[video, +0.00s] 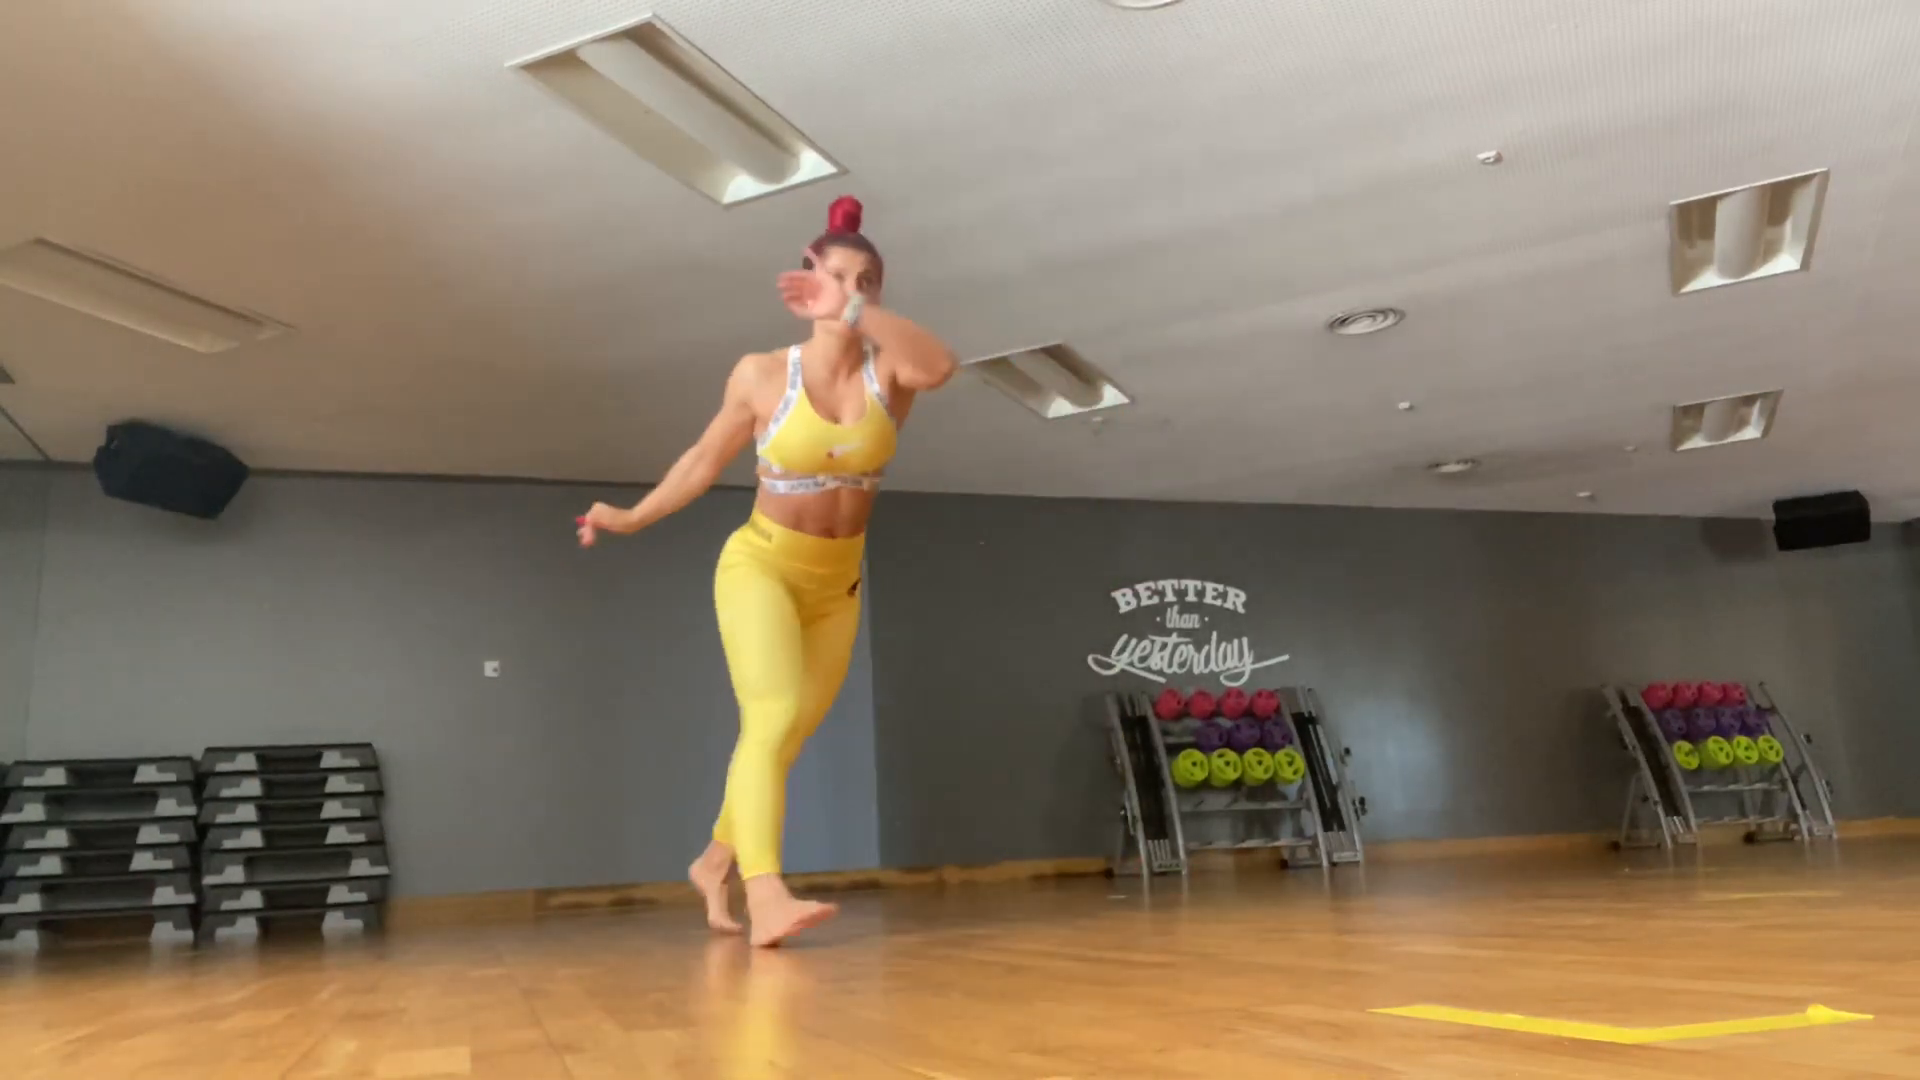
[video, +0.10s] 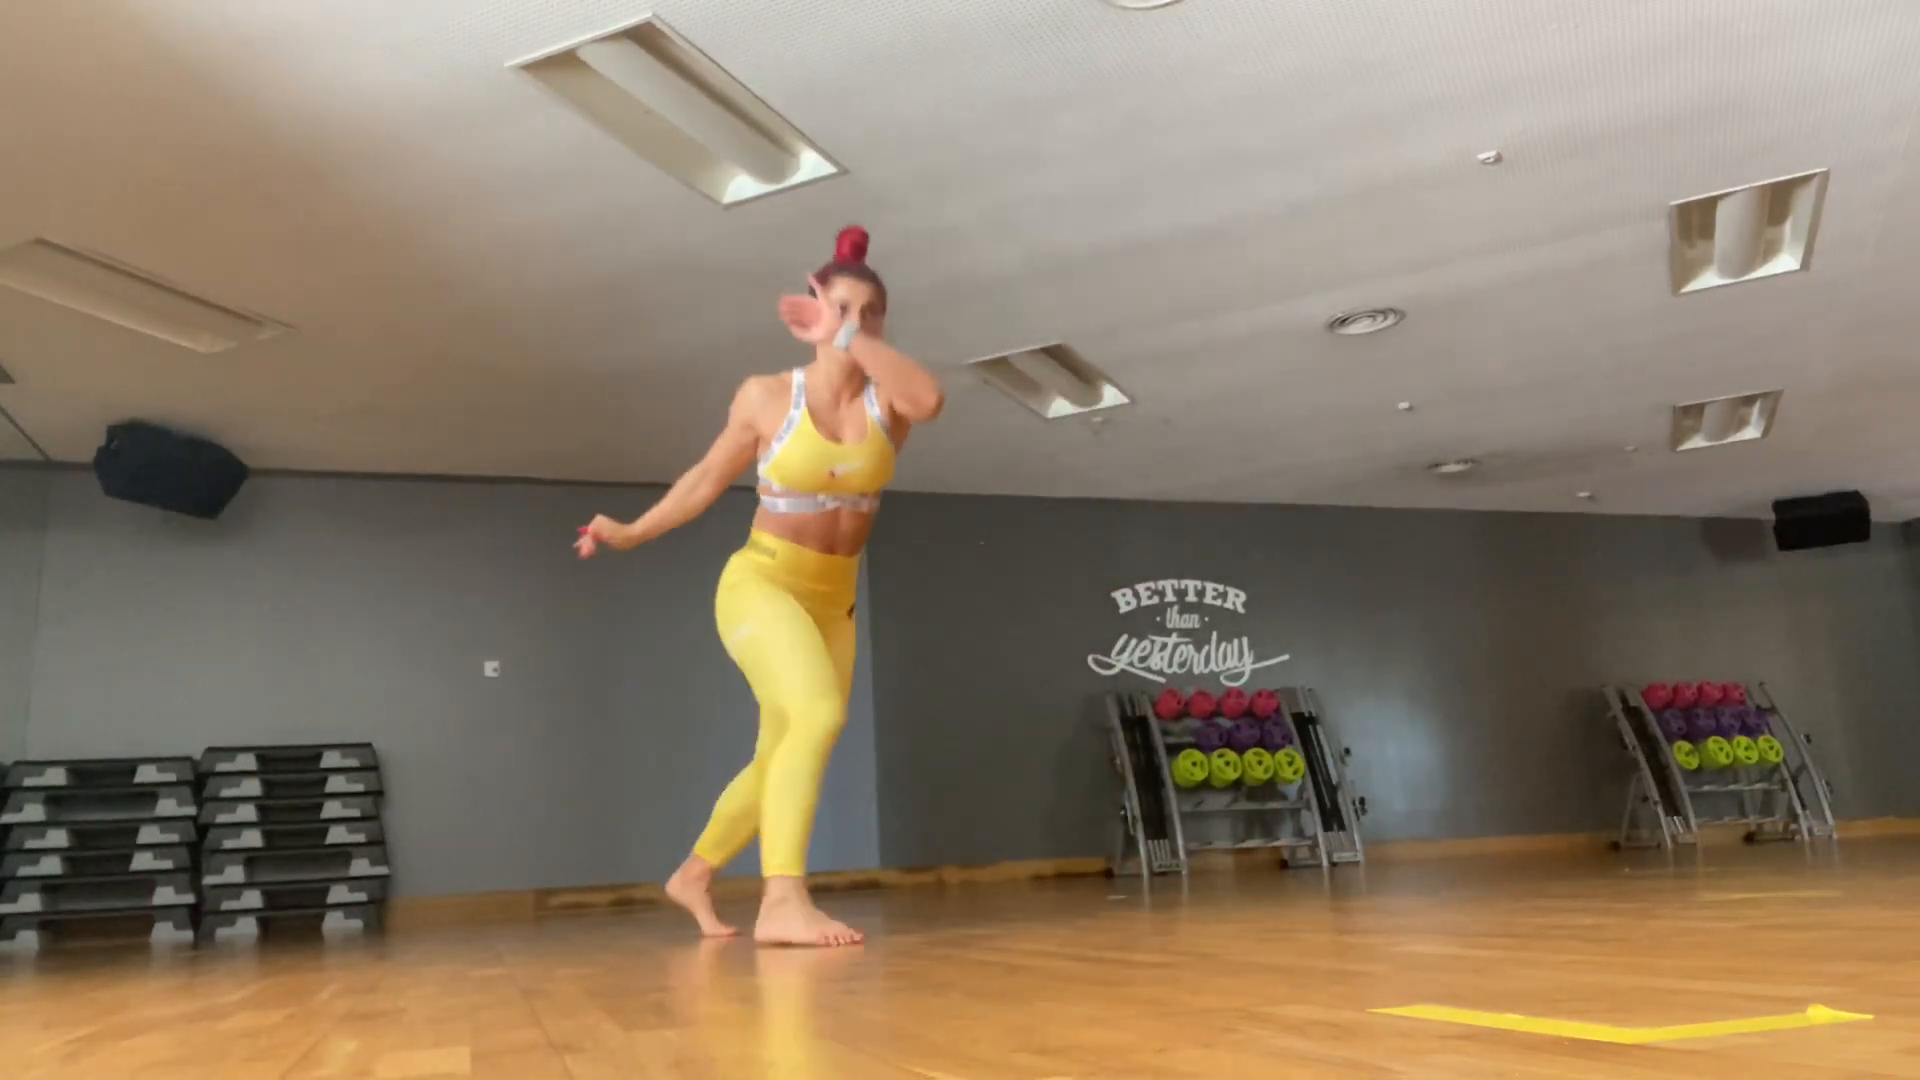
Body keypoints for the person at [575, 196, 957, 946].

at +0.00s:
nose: (845, 290)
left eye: (859, 279)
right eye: (832, 274)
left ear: (874, 294)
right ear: (805, 284)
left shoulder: (889, 374)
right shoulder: (762, 375)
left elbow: (935, 365)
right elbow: (701, 463)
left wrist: (852, 308)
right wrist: (633, 517)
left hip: (838, 582)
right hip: (761, 563)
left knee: (790, 735)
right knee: (770, 716)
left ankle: (714, 862)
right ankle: (767, 894)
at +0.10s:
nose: (859, 324)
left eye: (869, 314)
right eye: (846, 309)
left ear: (877, 323)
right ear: (812, 313)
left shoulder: (887, 402)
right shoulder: (767, 397)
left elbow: (924, 397)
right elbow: (703, 483)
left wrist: (842, 333)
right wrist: (632, 532)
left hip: (833, 601)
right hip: (761, 583)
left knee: (781, 753)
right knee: (818, 714)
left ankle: (693, 875)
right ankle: (783, 903)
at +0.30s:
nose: (889, 335)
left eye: (904, 322)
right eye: (874, 320)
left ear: (917, 335)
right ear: (847, 336)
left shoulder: (933, 408)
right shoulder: (811, 413)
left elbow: (977, 413)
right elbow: (738, 497)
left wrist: (896, 362)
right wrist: (686, 513)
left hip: (882, 618)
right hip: (809, 600)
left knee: (800, 770)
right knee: (880, 709)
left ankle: (701, 872)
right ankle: (953, 884)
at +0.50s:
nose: (973, 318)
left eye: (986, 305)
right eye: (958, 304)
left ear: (997, 318)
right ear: (926, 316)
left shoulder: (1018, 389)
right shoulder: (897, 400)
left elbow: (1102, 433)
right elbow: (861, 483)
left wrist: (1035, 385)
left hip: (987, 592)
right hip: (910, 579)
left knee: (983, 752)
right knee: (943, 704)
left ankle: (874, 840)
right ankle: (965, 895)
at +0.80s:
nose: (1184, 357)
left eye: (1194, 347)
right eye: (1168, 342)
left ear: (1201, 365)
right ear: (1126, 356)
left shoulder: (1195, 438)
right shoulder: (1077, 435)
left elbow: (1287, 463)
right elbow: (1044, 527)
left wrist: (1245, 389)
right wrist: (1115, 499)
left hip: (1112, 623)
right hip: (1033, 601)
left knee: (1214, 725)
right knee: (1050, 712)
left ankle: (1324, 853)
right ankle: (983, 889)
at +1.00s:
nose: (1336, 376)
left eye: (1343, 366)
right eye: (1319, 363)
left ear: (1347, 384)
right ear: (1279, 378)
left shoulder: (1343, 469)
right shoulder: (1222, 446)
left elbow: (1437, 514)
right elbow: (1117, 498)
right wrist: (1164, 482)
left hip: (1226, 612)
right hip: (1147, 594)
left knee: (1314, 708)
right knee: (1080, 728)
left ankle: (1345, 871)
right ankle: (1004, 873)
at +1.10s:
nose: (1355, 376)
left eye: (1362, 365)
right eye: (1338, 363)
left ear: (1367, 383)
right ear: (1299, 379)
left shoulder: (1360, 472)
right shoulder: (1258, 439)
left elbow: (1425, 540)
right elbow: (1169, 467)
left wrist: (1509, 569)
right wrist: (1238, 435)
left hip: (1252, 605)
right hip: (1176, 587)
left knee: (1329, 707)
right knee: (1104, 730)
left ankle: (1346, 872)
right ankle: (1026, 874)